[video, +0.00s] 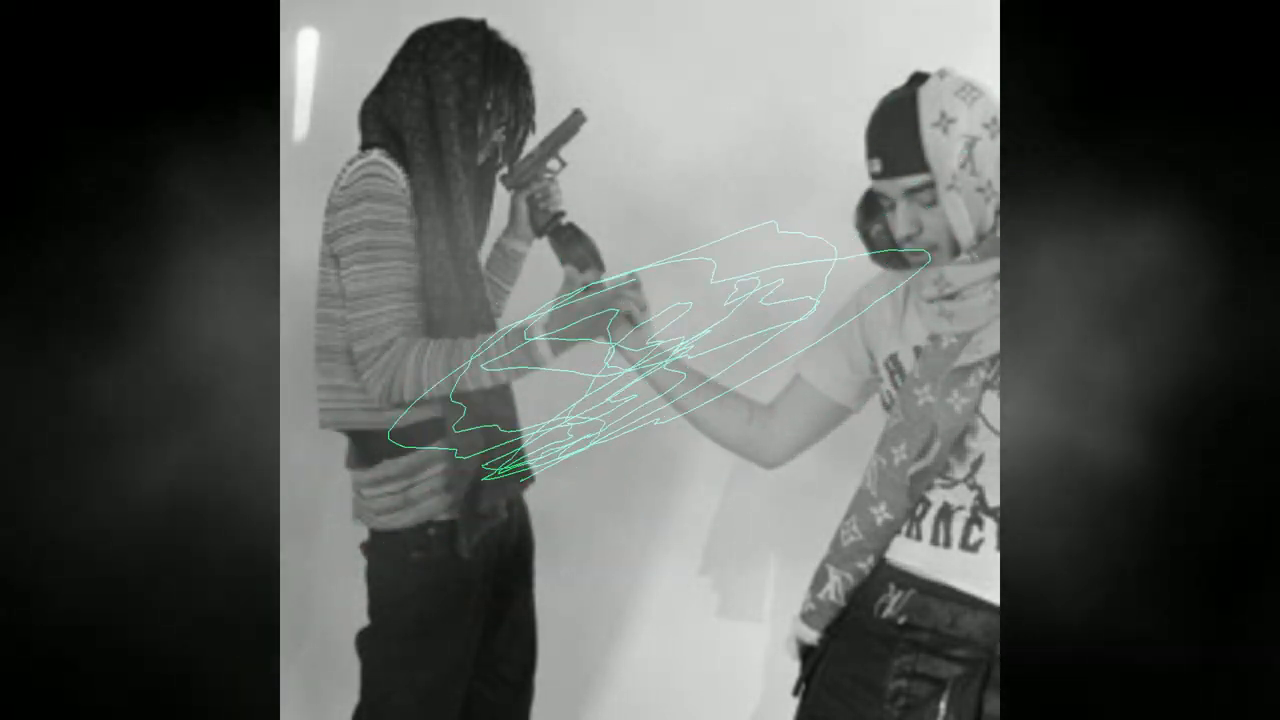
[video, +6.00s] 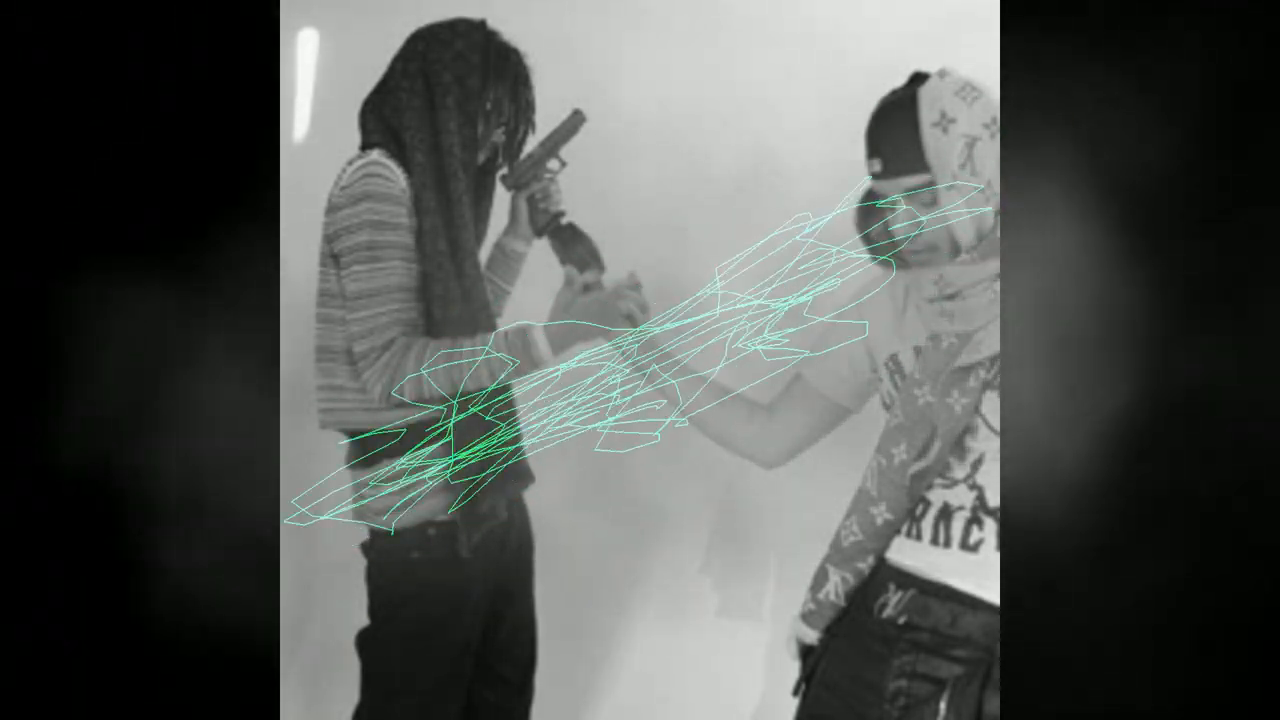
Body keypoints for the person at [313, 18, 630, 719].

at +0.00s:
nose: (499, 146)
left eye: (506, 127)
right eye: (494, 122)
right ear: (451, 109)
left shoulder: (428, 193)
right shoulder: (377, 182)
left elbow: (461, 332)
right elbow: (389, 368)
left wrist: (518, 235)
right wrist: (550, 335)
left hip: (484, 483)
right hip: (421, 495)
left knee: (498, 697)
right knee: (413, 701)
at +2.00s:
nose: (496, 143)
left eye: (503, 125)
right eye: (491, 120)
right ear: (449, 108)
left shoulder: (426, 191)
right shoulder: (376, 183)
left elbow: (463, 332)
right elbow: (386, 370)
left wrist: (518, 233)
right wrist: (550, 337)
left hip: (489, 509)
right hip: (425, 527)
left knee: (501, 702)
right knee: (408, 707)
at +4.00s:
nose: (499, 148)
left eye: (505, 127)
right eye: (492, 123)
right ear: (449, 108)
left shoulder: (427, 192)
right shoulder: (377, 182)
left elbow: (461, 333)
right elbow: (389, 371)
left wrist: (517, 236)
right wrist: (538, 343)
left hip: (488, 505)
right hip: (425, 522)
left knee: (500, 701)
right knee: (413, 705)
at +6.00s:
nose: (499, 143)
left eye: (506, 125)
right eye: (493, 119)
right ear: (449, 107)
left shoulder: (426, 192)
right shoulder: (377, 182)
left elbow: (461, 333)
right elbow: (390, 369)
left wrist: (519, 234)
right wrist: (553, 337)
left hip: (489, 506)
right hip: (425, 520)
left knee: (499, 702)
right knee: (411, 705)